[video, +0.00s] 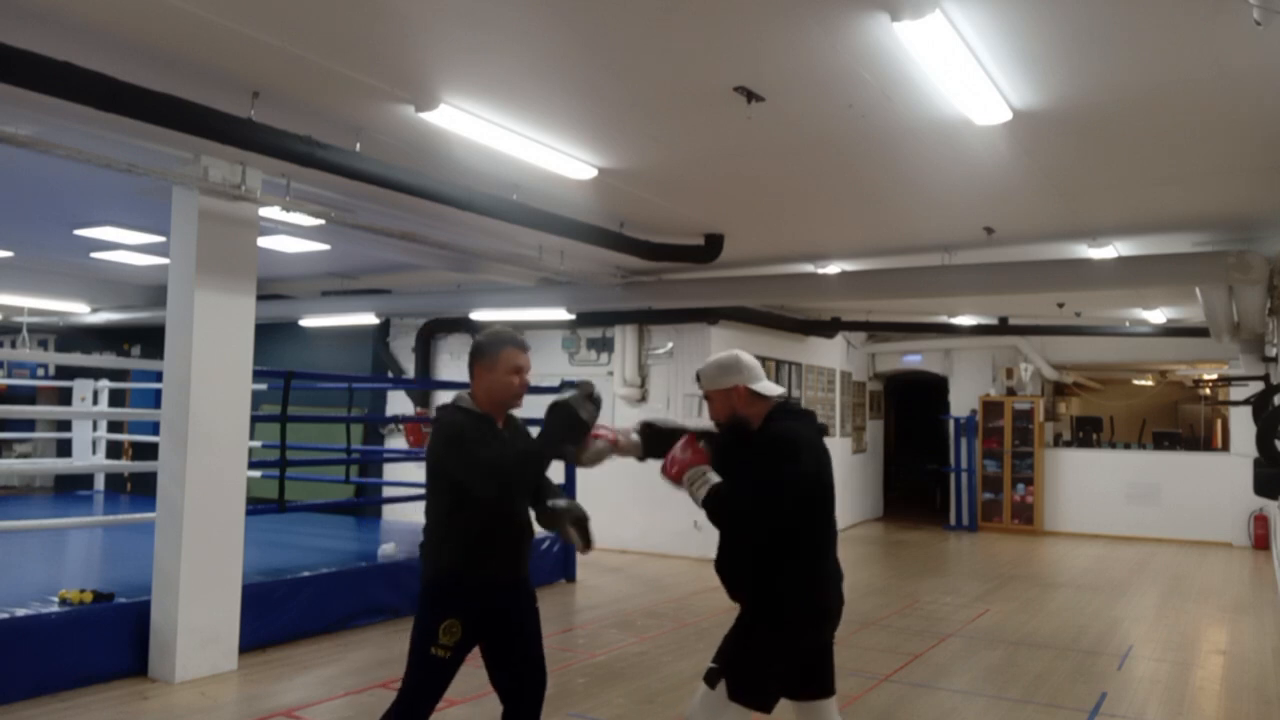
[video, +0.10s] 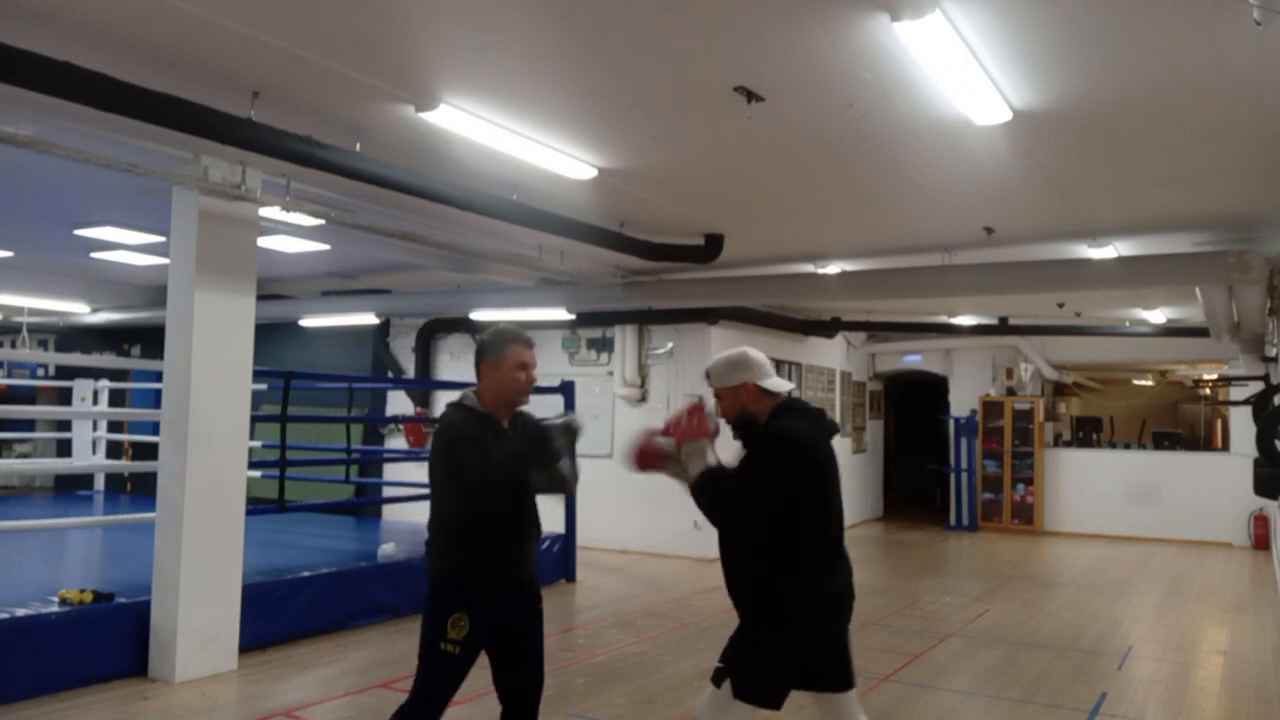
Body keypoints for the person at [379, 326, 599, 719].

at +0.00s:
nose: (525, 383)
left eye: (526, 374)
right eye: (516, 373)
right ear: (481, 374)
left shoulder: (516, 431)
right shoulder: (452, 426)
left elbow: (536, 486)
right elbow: (501, 478)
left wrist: (556, 509)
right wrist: (554, 434)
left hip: (508, 582)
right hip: (453, 584)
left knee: (526, 694)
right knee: (417, 699)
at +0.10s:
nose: (532, 378)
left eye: (533, 369)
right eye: (521, 367)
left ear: (531, 374)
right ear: (487, 370)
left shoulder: (523, 428)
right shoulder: (458, 427)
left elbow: (559, 481)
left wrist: (556, 454)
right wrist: (536, 447)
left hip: (515, 582)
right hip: (461, 585)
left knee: (523, 701)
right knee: (428, 701)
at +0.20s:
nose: (531, 376)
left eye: (533, 367)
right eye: (520, 366)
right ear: (486, 367)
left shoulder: (535, 421)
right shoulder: (450, 430)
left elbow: (591, 440)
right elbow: (457, 509)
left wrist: (584, 423)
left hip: (515, 579)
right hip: (457, 581)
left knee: (521, 700)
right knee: (435, 698)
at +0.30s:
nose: (524, 376)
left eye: (525, 366)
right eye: (514, 366)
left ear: (524, 369)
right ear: (479, 368)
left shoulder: (530, 414)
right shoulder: (442, 430)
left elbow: (588, 409)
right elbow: (441, 511)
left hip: (511, 583)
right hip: (452, 588)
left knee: (522, 703)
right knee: (435, 707)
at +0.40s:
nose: (515, 378)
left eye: (517, 368)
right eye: (505, 367)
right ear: (469, 368)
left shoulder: (518, 415)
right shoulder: (429, 439)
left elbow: (574, 415)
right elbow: (434, 521)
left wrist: (628, 406)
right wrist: (499, 464)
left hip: (505, 585)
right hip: (445, 591)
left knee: (522, 703)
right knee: (428, 709)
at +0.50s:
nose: (504, 379)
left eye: (505, 369)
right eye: (494, 368)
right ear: (457, 369)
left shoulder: (506, 420)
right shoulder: (420, 435)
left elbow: (551, 456)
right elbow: (422, 520)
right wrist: (490, 463)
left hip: (499, 583)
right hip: (438, 588)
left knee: (518, 698)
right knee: (425, 707)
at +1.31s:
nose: (546, 391)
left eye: (547, 382)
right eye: (538, 380)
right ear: (504, 378)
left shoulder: (546, 436)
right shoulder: (463, 438)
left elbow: (590, 476)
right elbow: (470, 507)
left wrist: (622, 452)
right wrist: (508, 426)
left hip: (533, 596)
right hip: (474, 599)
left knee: (567, 710)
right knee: (455, 713)